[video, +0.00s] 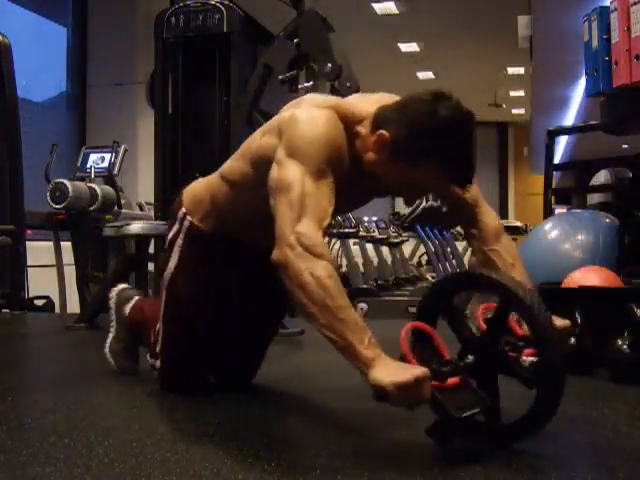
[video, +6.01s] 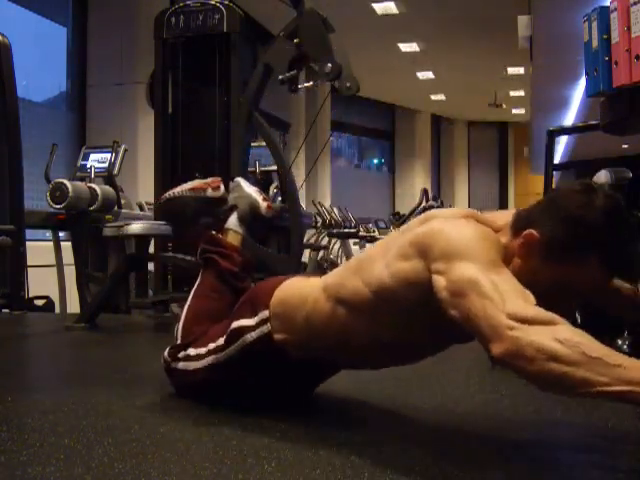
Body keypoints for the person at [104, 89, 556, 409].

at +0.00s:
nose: (408, 200)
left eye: (421, 194)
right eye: (409, 187)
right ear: (383, 145)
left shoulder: (410, 127)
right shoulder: (313, 127)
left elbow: (478, 220)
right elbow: (299, 251)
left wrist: (533, 311)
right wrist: (375, 362)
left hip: (277, 248)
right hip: (209, 236)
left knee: (236, 375)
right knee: (183, 376)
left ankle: (162, 313)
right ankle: (132, 312)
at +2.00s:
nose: (438, 142)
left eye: (447, 131)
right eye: (432, 125)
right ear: (395, 86)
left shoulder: (438, 118)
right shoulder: (329, 93)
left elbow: (479, 220)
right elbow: (314, 213)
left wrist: (509, 316)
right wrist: (379, 332)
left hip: (290, 267)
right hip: (229, 253)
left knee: (228, 376)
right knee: (177, 374)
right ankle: (169, 252)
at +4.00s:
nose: (489, 205)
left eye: (503, 197)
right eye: (491, 191)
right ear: (462, 151)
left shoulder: (481, 159)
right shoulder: (388, 149)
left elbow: (563, 231)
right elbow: (411, 266)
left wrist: (617, 294)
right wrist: (537, 359)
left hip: (308, 297)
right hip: (253, 286)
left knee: (236, 374)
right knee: (185, 373)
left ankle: (228, 246)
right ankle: (191, 251)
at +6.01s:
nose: (554, 296)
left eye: (570, 289)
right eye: (558, 285)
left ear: (531, 240)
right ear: (528, 245)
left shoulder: (513, 238)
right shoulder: (458, 242)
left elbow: (605, 295)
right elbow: (519, 343)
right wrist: (638, 379)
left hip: (321, 336)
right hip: (274, 328)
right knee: (182, 364)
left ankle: (240, 236)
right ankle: (223, 237)